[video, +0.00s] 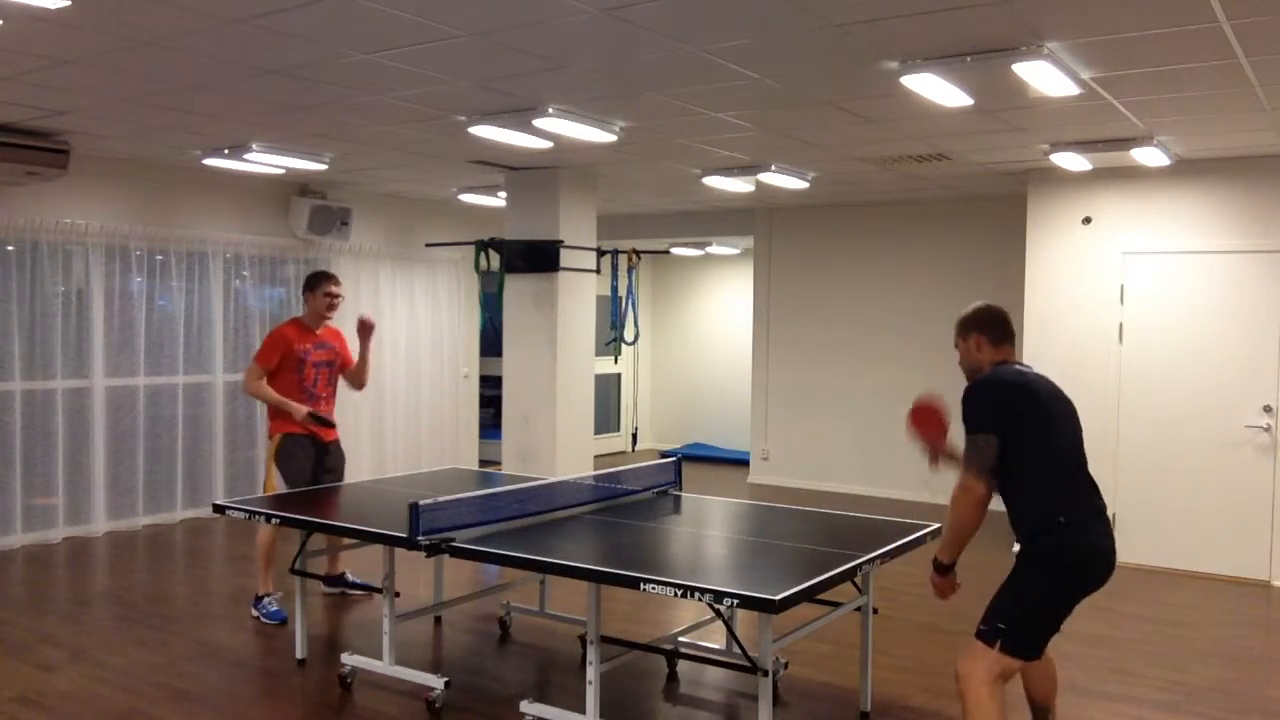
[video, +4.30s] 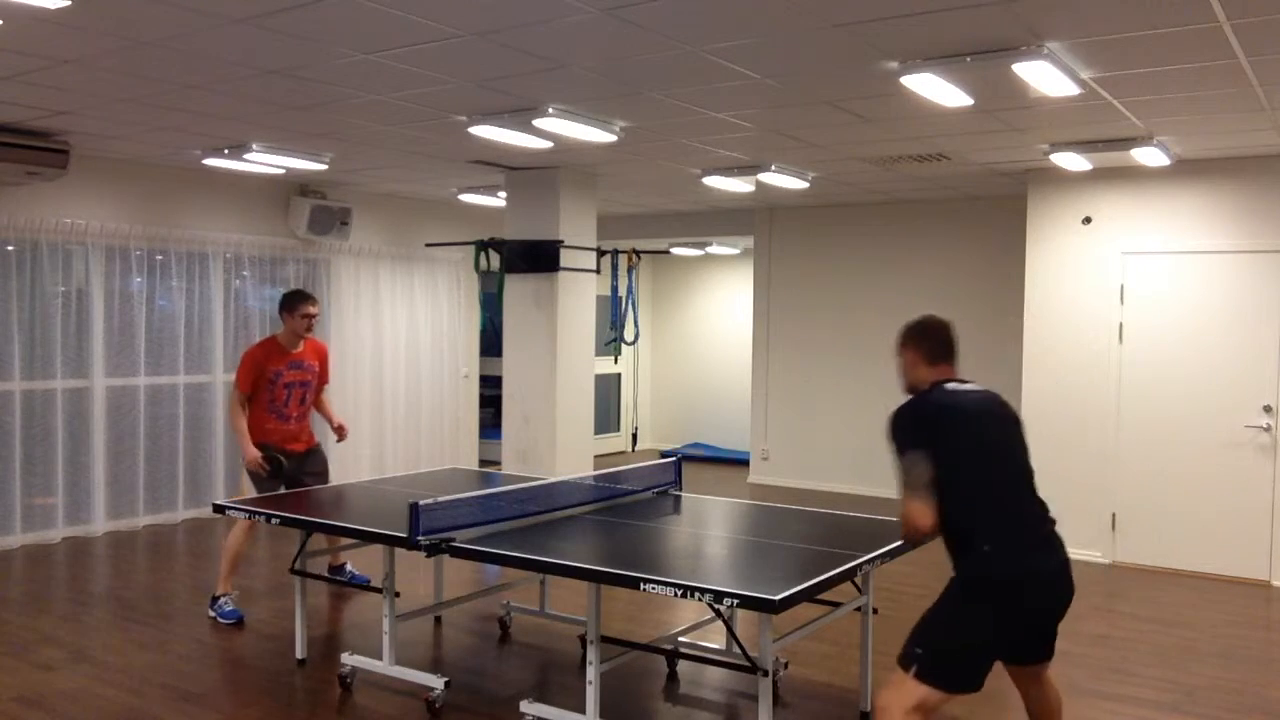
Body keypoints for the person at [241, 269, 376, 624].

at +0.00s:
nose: (334, 303)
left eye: (338, 298)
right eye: (328, 296)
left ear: (338, 302)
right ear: (308, 297)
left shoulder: (334, 337)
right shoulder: (285, 334)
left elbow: (358, 381)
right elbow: (251, 382)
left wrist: (365, 342)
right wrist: (292, 406)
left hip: (327, 437)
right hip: (291, 437)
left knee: (333, 509)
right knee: (277, 514)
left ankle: (334, 573)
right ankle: (264, 594)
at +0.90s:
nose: (333, 317)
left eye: (336, 312)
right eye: (327, 311)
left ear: (334, 313)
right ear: (306, 310)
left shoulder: (330, 347)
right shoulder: (276, 346)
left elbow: (340, 396)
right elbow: (253, 400)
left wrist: (355, 371)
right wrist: (289, 427)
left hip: (315, 440)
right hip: (277, 441)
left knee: (338, 506)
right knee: (270, 512)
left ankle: (339, 572)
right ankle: (229, 593)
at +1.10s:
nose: (317, 328)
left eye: (321, 323)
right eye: (311, 322)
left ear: (321, 324)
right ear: (290, 321)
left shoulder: (321, 355)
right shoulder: (261, 358)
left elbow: (321, 397)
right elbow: (240, 410)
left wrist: (334, 415)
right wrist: (253, 450)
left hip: (310, 452)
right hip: (268, 454)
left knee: (337, 510)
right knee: (254, 519)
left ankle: (350, 571)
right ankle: (218, 597)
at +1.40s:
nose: (314, 344)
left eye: (317, 337)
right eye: (309, 337)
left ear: (318, 336)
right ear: (288, 334)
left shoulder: (319, 363)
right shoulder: (257, 370)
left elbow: (324, 402)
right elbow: (230, 419)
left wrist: (345, 431)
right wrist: (258, 455)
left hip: (315, 459)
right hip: (272, 463)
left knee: (346, 511)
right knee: (256, 521)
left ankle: (361, 567)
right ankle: (223, 597)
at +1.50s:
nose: (320, 337)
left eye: (322, 331)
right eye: (316, 331)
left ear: (319, 331)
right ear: (295, 327)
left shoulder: (311, 358)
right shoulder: (264, 364)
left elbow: (309, 400)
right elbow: (262, 422)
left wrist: (345, 420)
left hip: (301, 451)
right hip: (262, 453)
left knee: (334, 502)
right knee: (263, 508)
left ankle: (358, 565)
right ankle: (221, 597)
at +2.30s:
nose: (321, 307)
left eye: (325, 302)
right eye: (315, 301)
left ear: (327, 305)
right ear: (298, 302)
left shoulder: (324, 338)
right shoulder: (275, 341)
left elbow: (321, 384)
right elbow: (258, 392)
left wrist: (347, 420)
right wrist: (271, 432)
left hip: (309, 440)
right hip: (271, 439)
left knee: (316, 504)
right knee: (252, 507)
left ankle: (323, 563)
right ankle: (241, 576)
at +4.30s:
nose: (311, 323)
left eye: (315, 317)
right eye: (305, 317)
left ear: (316, 318)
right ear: (285, 317)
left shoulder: (317, 351)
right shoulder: (258, 355)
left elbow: (317, 395)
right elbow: (237, 405)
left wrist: (333, 419)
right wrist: (247, 447)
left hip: (305, 448)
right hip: (266, 450)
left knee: (328, 506)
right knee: (251, 515)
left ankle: (338, 566)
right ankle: (222, 594)